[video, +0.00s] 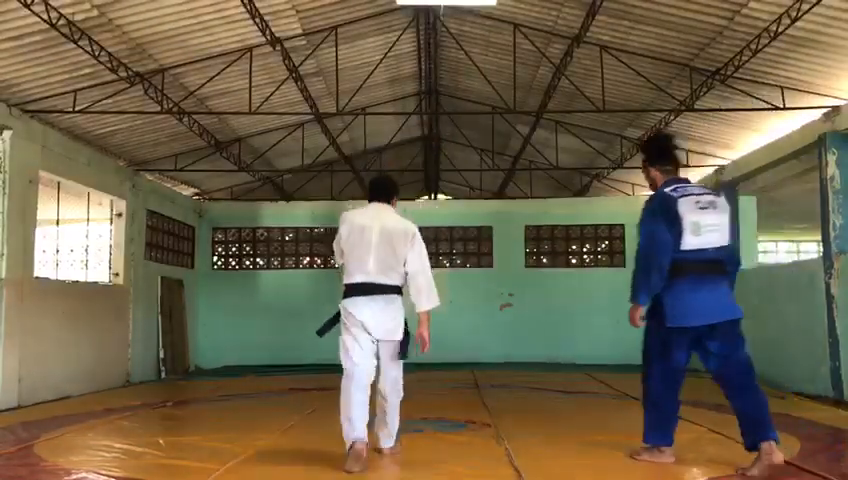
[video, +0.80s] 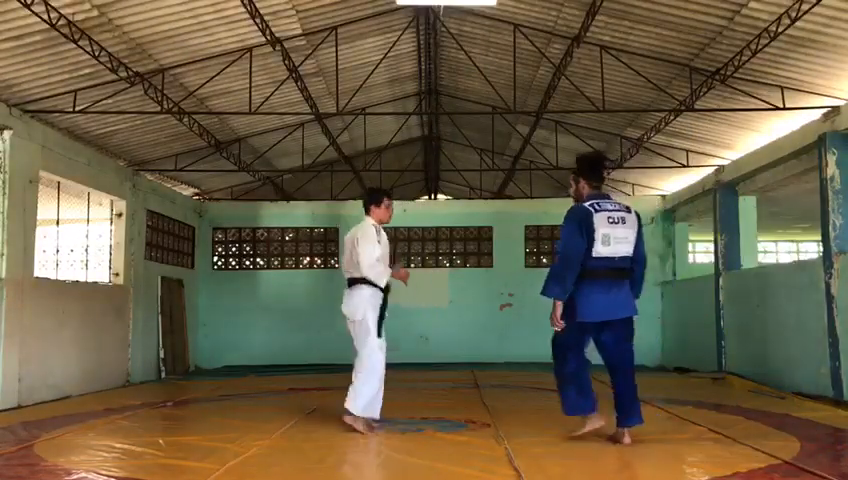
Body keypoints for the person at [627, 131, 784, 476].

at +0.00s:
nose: (646, 179)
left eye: (645, 173)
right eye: (646, 173)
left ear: (653, 171)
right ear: (678, 167)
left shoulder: (660, 202)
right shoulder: (713, 197)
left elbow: (656, 250)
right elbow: (730, 251)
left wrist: (640, 298)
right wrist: (722, 289)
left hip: (676, 303)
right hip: (718, 301)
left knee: (662, 372)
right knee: (737, 372)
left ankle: (659, 445)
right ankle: (768, 446)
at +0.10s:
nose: (630, 182)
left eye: (629, 176)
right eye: (629, 176)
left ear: (635, 175)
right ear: (659, 168)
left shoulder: (643, 204)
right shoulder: (700, 197)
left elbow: (635, 254)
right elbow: (721, 248)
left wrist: (624, 299)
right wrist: (723, 296)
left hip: (659, 302)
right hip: (701, 299)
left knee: (649, 374)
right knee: (706, 366)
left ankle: (659, 447)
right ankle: (743, 425)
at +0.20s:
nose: (620, 182)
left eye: (619, 176)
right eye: (620, 176)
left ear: (623, 175)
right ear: (650, 168)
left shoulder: (628, 202)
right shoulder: (687, 195)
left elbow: (615, 250)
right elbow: (710, 242)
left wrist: (606, 291)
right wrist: (717, 290)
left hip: (648, 299)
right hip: (685, 296)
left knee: (645, 369)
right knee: (684, 361)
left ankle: (659, 446)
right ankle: (705, 413)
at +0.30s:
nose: (610, 180)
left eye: (609, 175)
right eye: (612, 175)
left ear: (614, 174)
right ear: (640, 168)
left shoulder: (616, 202)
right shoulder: (676, 196)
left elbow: (600, 247)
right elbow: (697, 243)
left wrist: (593, 286)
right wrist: (707, 288)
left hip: (639, 299)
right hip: (675, 295)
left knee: (641, 367)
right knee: (667, 362)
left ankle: (660, 445)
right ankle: (670, 424)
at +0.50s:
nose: (595, 192)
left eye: (594, 186)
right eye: (595, 187)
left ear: (600, 186)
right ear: (626, 182)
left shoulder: (598, 213)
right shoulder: (657, 210)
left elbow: (579, 256)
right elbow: (671, 258)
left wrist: (571, 291)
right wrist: (672, 302)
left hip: (619, 302)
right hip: (653, 300)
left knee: (626, 369)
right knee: (642, 366)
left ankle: (660, 439)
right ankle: (625, 429)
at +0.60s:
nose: (590, 192)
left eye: (590, 187)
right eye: (590, 187)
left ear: (595, 186)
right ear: (619, 183)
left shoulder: (592, 214)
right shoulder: (649, 214)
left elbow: (577, 260)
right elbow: (660, 263)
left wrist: (566, 299)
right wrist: (657, 305)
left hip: (610, 301)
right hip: (644, 300)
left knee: (600, 362)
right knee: (634, 364)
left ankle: (635, 416)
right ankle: (626, 428)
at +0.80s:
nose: (571, 190)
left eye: (572, 184)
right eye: (571, 184)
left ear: (581, 182)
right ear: (601, 181)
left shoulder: (580, 212)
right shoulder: (629, 213)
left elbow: (570, 258)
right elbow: (639, 260)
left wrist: (558, 299)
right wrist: (631, 295)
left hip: (585, 296)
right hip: (619, 295)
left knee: (566, 347)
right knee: (622, 361)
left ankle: (591, 413)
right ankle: (625, 428)